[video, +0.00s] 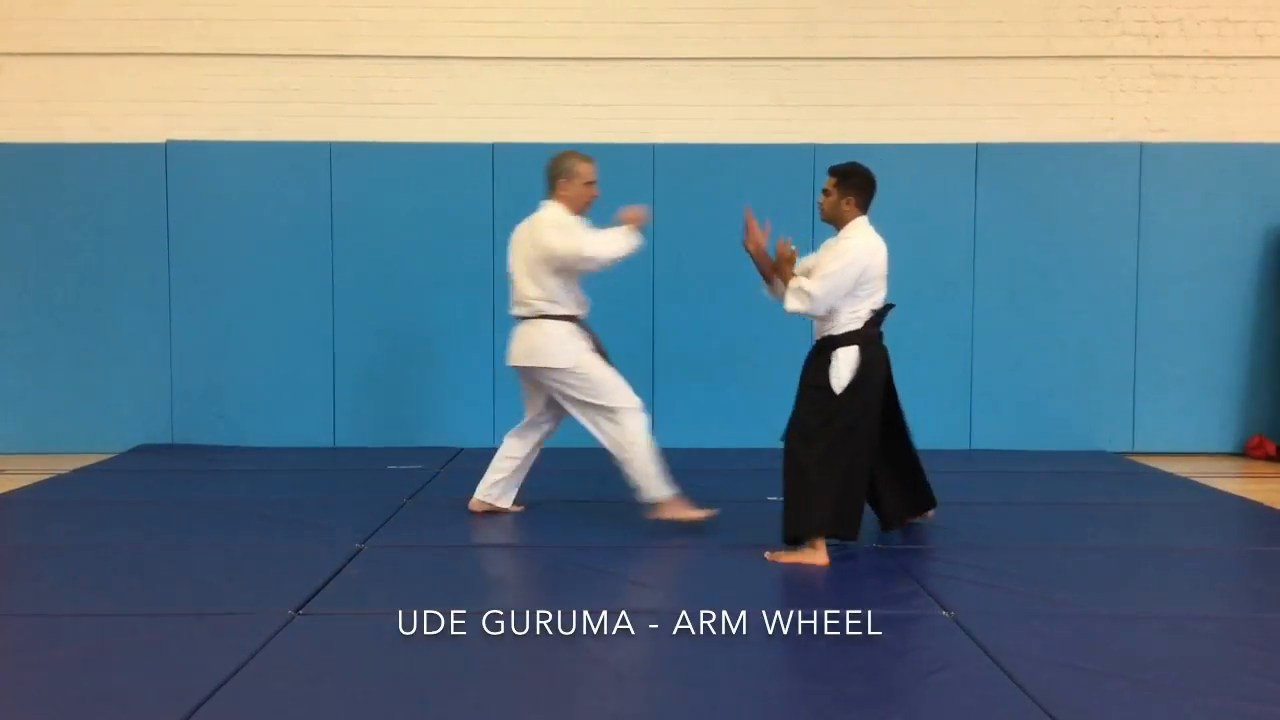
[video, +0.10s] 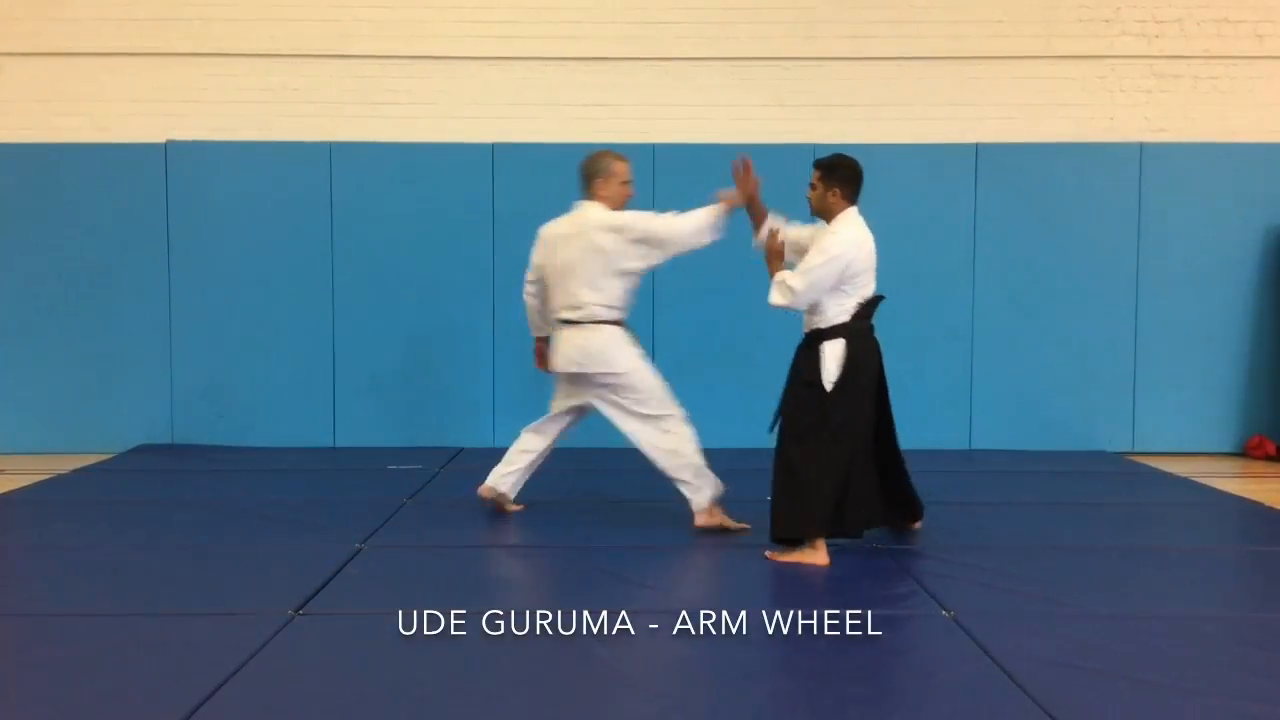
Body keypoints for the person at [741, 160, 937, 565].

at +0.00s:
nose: (820, 198)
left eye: (827, 193)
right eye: (823, 192)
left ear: (848, 200)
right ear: (851, 202)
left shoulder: (856, 245)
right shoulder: (849, 240)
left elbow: (818, 300)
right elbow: (794, 287)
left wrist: (787, 270)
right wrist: (761, 259)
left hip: (842, 355)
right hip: (858, 351)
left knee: (806, 443)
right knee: (872, 433)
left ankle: (813, 545)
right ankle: (911, 503)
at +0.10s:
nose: (808, 192)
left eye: (815, 186)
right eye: (811, 185)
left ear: (834, 192)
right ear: (841, 193)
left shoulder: (843, 239)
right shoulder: (842, 229)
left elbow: (794, 294)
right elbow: (782, 240)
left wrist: (776, 265)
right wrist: (753, 204)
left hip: (831, 350)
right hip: (852, 344)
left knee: (804, 443)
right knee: (866, 436)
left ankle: (813, 544)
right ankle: (903, 512)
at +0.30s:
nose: (791, 187)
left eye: (793, 180)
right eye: (792, 178)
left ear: (803, 183)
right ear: (831, 180)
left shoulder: (794, 232)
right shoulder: (858, 213)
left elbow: (757, 285)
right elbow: (827, 197)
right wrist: (797, 175)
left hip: (813, 341)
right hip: (853, 336)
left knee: (801, 438)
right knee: (850, 430)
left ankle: (812, 542)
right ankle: (865, 511)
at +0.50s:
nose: (783, 197)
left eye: (780, 192)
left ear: (781, 193)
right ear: (818, 193)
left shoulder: (768, 233)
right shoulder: (846, 221)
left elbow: (759, 291)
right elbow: (881, 222)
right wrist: (848, 212)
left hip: (799, 340)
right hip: (844, 337)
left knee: (789, 433)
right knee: (842, 427)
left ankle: (809, 538)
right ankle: (847, 515)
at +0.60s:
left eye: (780, 204)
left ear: (779, 205)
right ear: (815, 201)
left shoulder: (763, 244)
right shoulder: (843, 228)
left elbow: (763, 300)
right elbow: (884, 245)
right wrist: (858, 263)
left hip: (793, 344)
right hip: (839, 341)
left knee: (784, 434)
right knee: (833, 427)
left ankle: (809, 536)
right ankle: (830, 509)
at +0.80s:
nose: (816, 215)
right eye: (821, 210)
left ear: (787, 212)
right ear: (821, 210)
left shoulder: (767, 251)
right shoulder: (840, 237)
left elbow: (767, 308)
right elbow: (878, 257)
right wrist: (843, 243)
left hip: (780, 337)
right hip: (825, 335)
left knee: (777, 416)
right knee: (824, 422)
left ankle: (778, 479)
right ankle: (827, 508)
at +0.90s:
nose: (820, 210)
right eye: (821, 206)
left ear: (785, 206)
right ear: (818, 207)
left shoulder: (764, 240)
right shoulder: (832, 232)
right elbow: (863, 224)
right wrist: (827, 221)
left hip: (768, 337)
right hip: (812, 338)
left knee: (769, 407)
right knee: (819, 420)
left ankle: (774, 470)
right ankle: (824, 508)